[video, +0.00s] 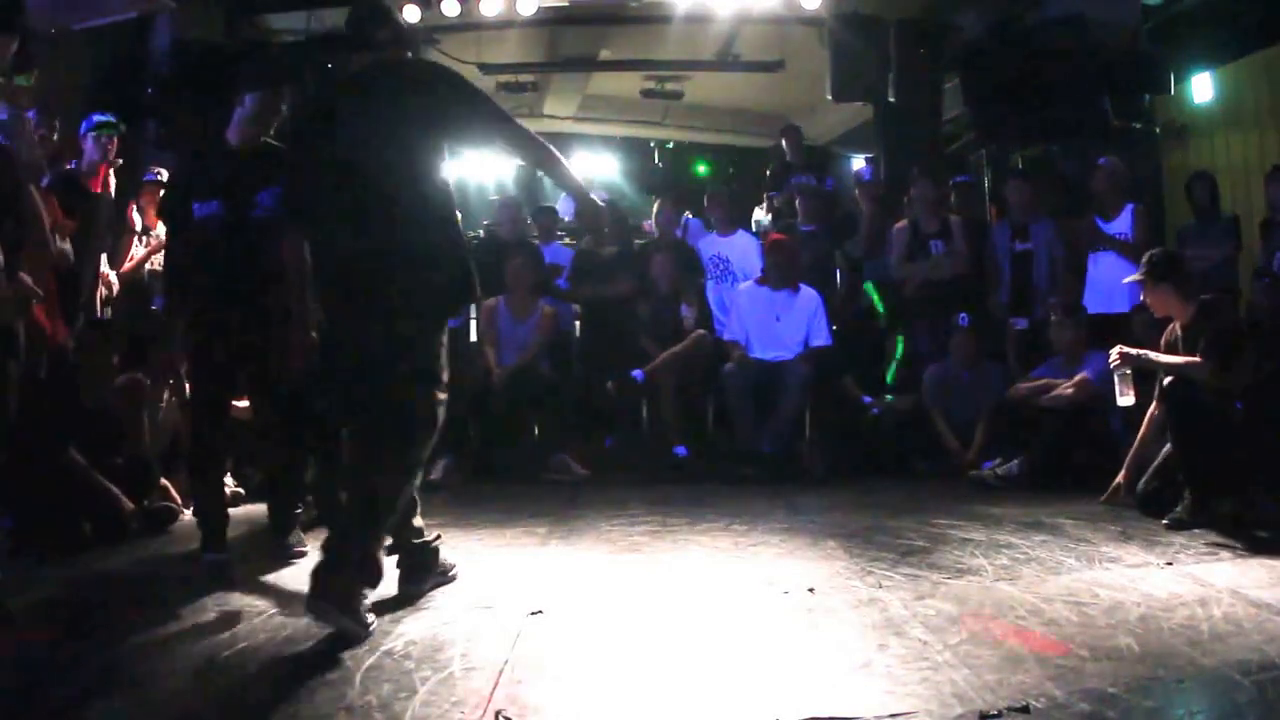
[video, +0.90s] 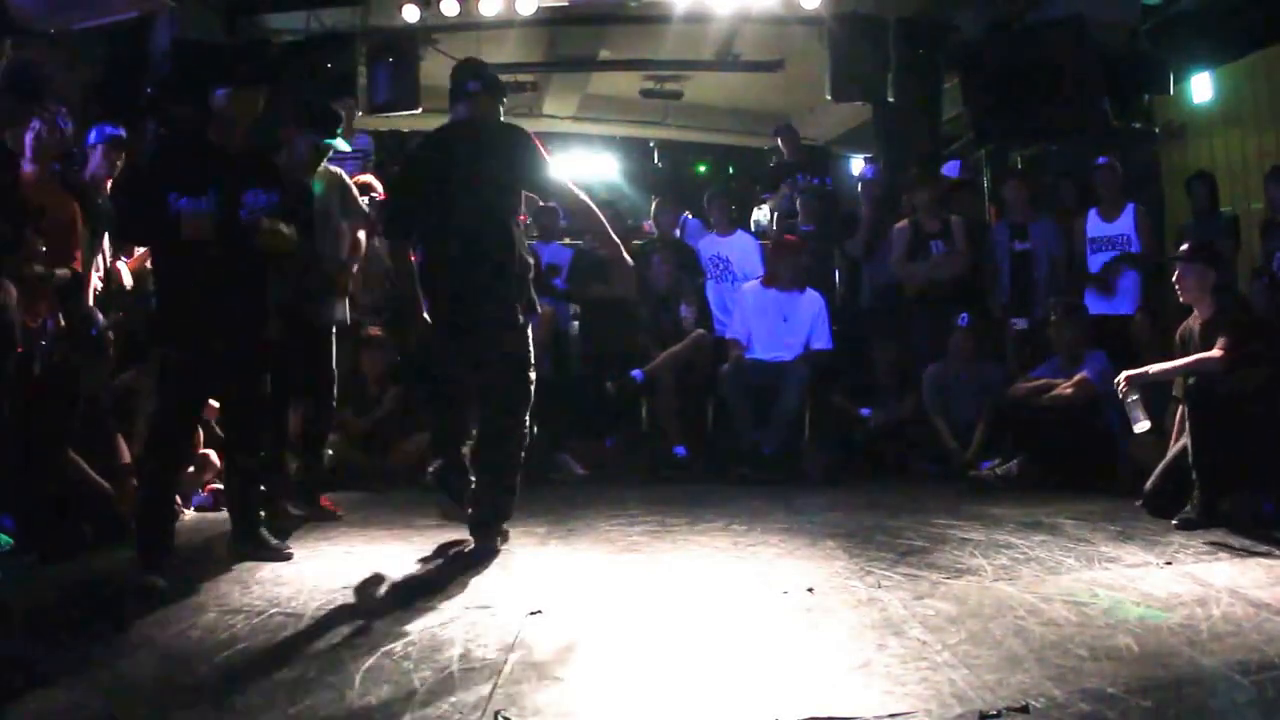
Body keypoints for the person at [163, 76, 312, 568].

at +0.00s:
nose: (265, 121)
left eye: (271, 112)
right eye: (260, 109)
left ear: (276, 119)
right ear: (238, 111)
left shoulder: (282, 169)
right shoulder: (197, 170)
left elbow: (299, 252)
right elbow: (176, 251)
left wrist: (304, 321)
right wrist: (175, 322)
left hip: (270, 314)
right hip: (207, 314)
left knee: (279, 420)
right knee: (205, 424)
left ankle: (285, 522)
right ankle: (210, 530)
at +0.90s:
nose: (239, 124)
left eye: (249, 114)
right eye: (231, 113)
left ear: (258, 115)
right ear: (210, 112)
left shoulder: (262, 168)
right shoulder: (176, 159)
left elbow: (297, 233)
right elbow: (128, 217)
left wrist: (280, 231)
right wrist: (179, 220)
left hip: (248, 317)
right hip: (185, 315)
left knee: (247, 427)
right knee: (170, 433)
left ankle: (249, 528)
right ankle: (152, 548)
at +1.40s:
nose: (158, 79)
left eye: (169, 68)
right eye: (150, 67)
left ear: (180, 73)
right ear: (132, 70)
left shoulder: (200, 134)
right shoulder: (96, 142)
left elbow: (229, 210)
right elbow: (69, 220)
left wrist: (192, 172)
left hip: (194, 302)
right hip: (122, 304)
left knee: (217, 423)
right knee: (129, 433)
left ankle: (225, 533)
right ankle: (143, 557)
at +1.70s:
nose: (151, 73)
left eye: (161, 63)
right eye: (142, 61)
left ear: (173, 68)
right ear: (121, 63)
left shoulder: (190, 132)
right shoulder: (83, 132)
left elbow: (222, 204)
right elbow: (46, 210)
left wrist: (176, 155)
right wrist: (100, 160)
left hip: (164, 297)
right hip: (93, 295)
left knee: (149, 424)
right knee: (99, 422)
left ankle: (142, 554)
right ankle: (115, 549)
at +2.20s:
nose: (132, 53)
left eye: (148, 44)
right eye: (127, 37)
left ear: (167, 46)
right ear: (108, 30)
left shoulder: (169, 107)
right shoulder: (51, 89)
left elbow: (183, 188)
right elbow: (17, 164)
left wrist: (136, 117)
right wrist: (73, 109)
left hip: (121, 301)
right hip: (39, 297)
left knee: (116, 453)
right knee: (26, 447)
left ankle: (114, 598)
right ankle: (41, 587)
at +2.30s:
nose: (134, 41)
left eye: (147, 31)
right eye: (126, 26)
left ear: (161, 33)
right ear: (100, 20)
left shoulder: (163, 96)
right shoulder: (46, 81)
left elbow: (187, 182)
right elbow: (16, 164)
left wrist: (132, 108)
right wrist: (68, 107)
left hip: (120, 297)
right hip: (39, 294)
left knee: (117, 456)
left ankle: (116, 603)